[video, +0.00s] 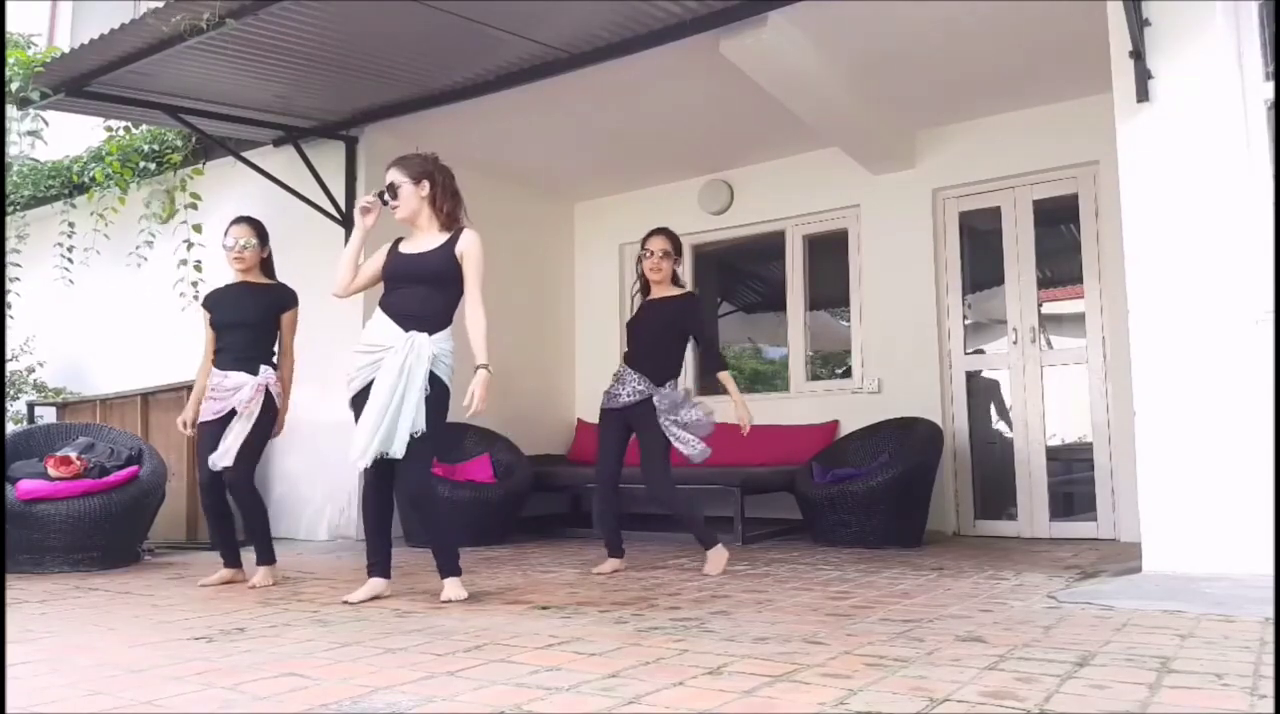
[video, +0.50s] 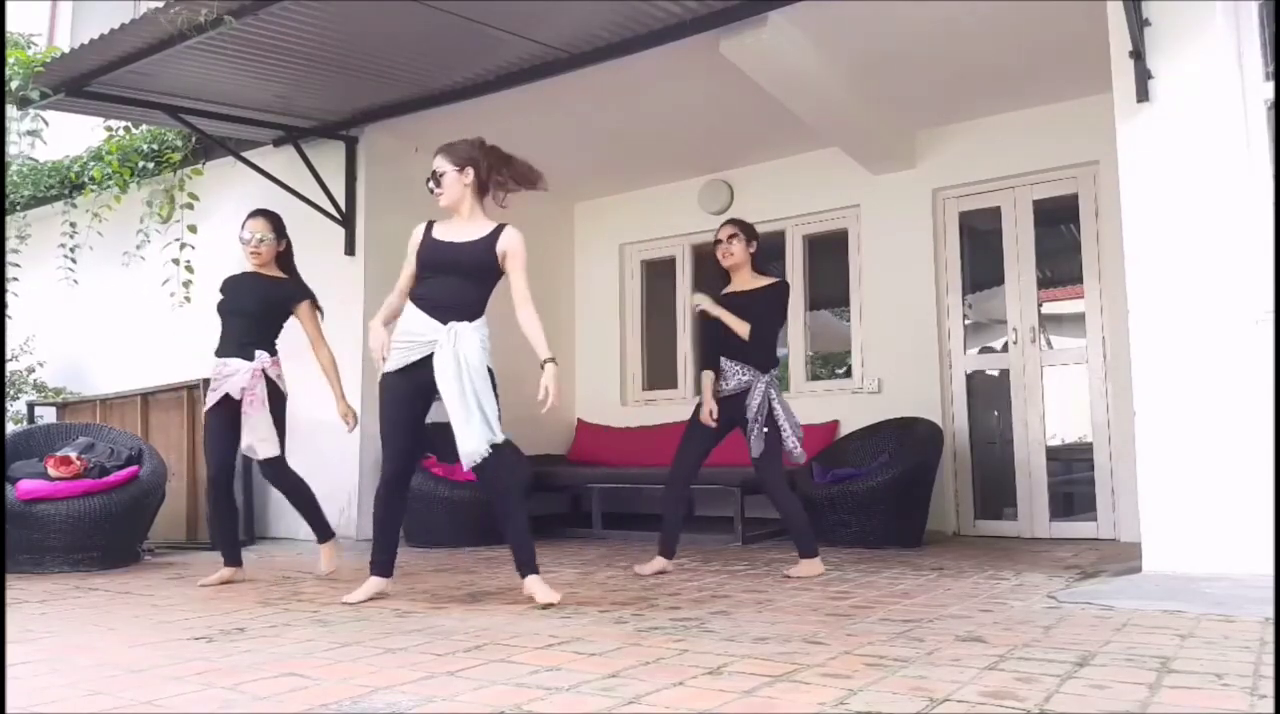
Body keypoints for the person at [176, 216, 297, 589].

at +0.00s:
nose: (237, 251)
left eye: (246, 244)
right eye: (231, 245)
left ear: (263, 250)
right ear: (224, 251)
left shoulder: (281, 295)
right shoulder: (215, 299)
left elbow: (286, 356)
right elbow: (209, 358)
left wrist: (283, 406)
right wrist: (192, 404)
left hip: (260, 393)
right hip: (217, 393)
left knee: (239, 476)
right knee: (208, 479)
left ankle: (265, 564)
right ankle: (231, 565)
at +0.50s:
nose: (254, 246)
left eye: (263, 239)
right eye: (248, 239)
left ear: (281, 244)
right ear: (240, 242)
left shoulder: (291, 288)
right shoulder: (231, 284)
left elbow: (319, 345)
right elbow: (230, 334)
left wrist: (341, 399)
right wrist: (225, 377)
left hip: (264, 383)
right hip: (224, 382)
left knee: (273, 468)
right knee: (218, 473)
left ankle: (327, 540)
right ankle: (231, 563)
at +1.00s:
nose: (302, 264)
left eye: (309, 256)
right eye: (294, 259)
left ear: (324, 259)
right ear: (287, 264)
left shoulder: (349, 301)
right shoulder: (283, 301)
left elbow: (318, 317)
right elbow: (248, 359)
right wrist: (207, 385)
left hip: (324, 398)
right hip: (278, 395)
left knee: (349, 481)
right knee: (253, 483)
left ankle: (353, 561)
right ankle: (226, 555)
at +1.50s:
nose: (330, 271)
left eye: (338, 265)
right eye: (324, 264)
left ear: (348, 273)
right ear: (312, 268)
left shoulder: (347, 313)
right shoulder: (288, 302)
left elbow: (360, 321)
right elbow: (281, 329)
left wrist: (355, 288)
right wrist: (296, 338)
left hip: (336, 399)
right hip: (294, 399)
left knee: (358, 480)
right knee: (254, 485)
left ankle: (379, 560)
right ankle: (251, 565)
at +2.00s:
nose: (317, 272)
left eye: (324, 265)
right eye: (309, 266)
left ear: (335, 272)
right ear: (299, 273)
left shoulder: (351, 310)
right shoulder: (294, 311)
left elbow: (366, 308)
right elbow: (274, 341)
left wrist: (348, 282)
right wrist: (255, 354)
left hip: (341, 404)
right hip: (296, 402)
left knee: (358, 486)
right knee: (269, 487)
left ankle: (379, 559)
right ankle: (238, 560)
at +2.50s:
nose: (316, 268)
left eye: (325, 262)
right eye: (309, 261)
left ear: (336, 270)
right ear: (299, 267)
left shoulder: (343, 308)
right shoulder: (280, 306)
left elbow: (354, 318)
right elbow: (266, 340)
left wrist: (345, 285)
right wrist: (268, 357)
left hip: (327, 402)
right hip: (283, 400)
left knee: (368, 478)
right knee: (254, 488)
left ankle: (374, 553)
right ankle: (246, 565)